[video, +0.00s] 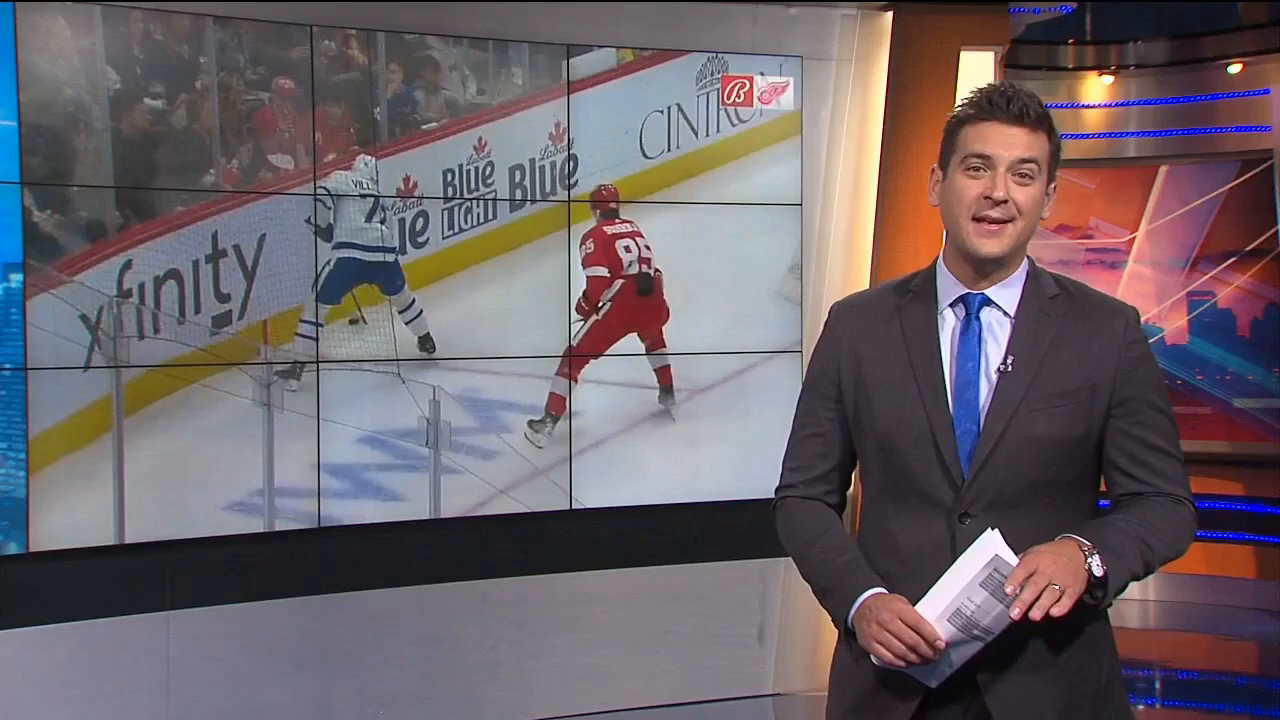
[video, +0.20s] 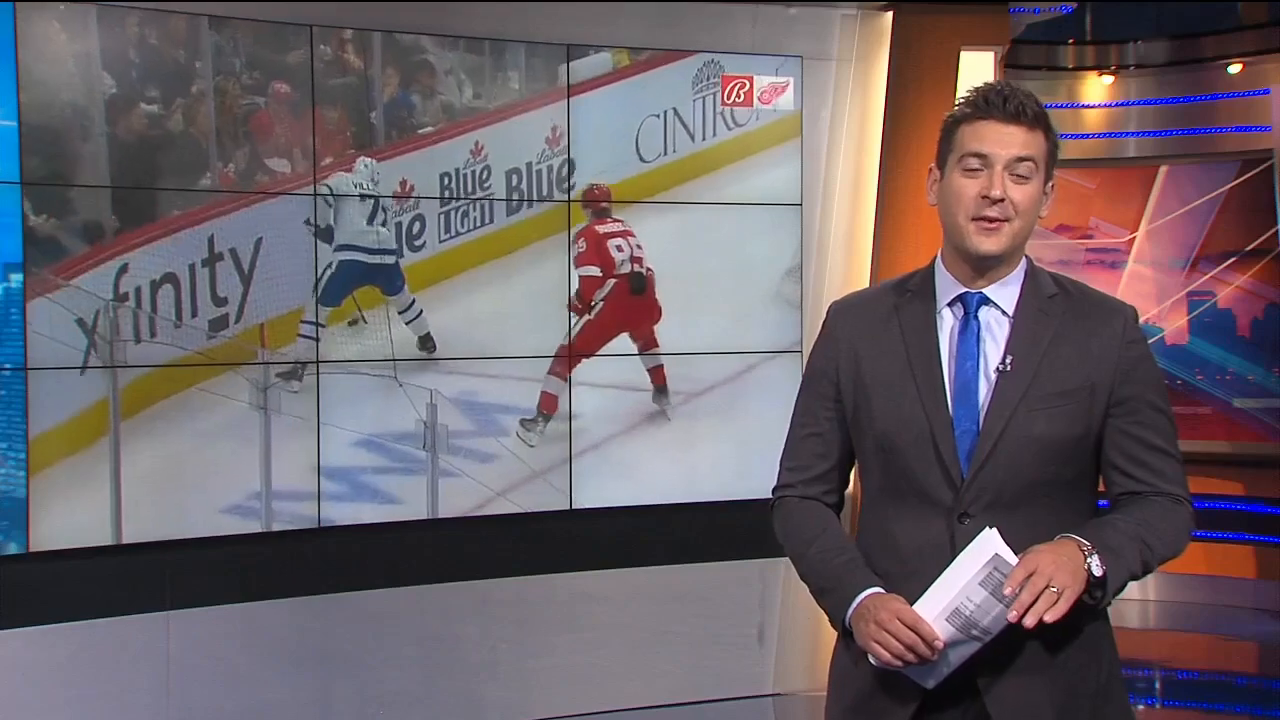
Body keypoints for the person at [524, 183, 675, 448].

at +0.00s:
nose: (594, 211)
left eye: (593, 207)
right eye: (601, 206)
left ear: (595, 209)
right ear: (617, 207)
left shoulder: (593, 235)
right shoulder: (635, 228)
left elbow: (599, 280)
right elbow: (651, 270)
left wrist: (587, 303)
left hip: (620, 307)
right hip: (653, 304)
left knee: (574, 358)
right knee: (651, 334)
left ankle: (549, 420)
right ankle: (667, 392)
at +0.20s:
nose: (586, 210)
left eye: (586, 206)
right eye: (592, 205)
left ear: (587, 208)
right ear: (609, 206)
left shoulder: (586, 234)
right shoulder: (626, 228)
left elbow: (592, 279)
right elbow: (642, 268)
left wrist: (580, 302)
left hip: (613, 306)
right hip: (647, 303)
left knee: (568, 354)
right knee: (641, 330)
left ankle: (542, 419)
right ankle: (662, 391)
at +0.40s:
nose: (555, 208)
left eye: (557, 203)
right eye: (558, 203)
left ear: (561, 205)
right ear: (583, 203)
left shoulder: (559, 233)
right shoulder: (600, 226)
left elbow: (560, 281)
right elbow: (611, 266)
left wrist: (549, 298)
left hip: (588, 306)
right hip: (622, 301)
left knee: (540, 352)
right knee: (613, 330)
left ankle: (514, 414)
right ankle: (640, 386)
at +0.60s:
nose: (529, 209)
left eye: (531, 205)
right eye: (530, 204)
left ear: (535, 206)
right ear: (556, 204)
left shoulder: (535, 231)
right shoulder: (573, 226)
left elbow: (524, 285)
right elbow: (579, 265)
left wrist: (509, 287)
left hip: (562, 304)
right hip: (596, 301)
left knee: (514, 346)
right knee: (589, 334)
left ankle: (489, 412)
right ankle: (619, 386)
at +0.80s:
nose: (504, 209)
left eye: (506, 204)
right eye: (505, 204)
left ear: (510, 205)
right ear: (535, 204)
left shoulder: (509, 230)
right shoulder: (546, 227)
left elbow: (492, 284)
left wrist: (469, 276)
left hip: (538, 302)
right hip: (570, 300)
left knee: (486, 343)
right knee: (564, 338)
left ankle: (463, 415)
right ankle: (597, 385)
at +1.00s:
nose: (482, 207)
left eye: (483, 203)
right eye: (484, 202)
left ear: (485, 204)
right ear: (509, 203)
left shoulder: (480, 231)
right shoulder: (523, 226)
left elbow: (455, 284)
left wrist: (439, 264)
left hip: (513, 309)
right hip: (547, 305)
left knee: (460, 346)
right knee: (542, 342)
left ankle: (437, 420)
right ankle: (575, 386)